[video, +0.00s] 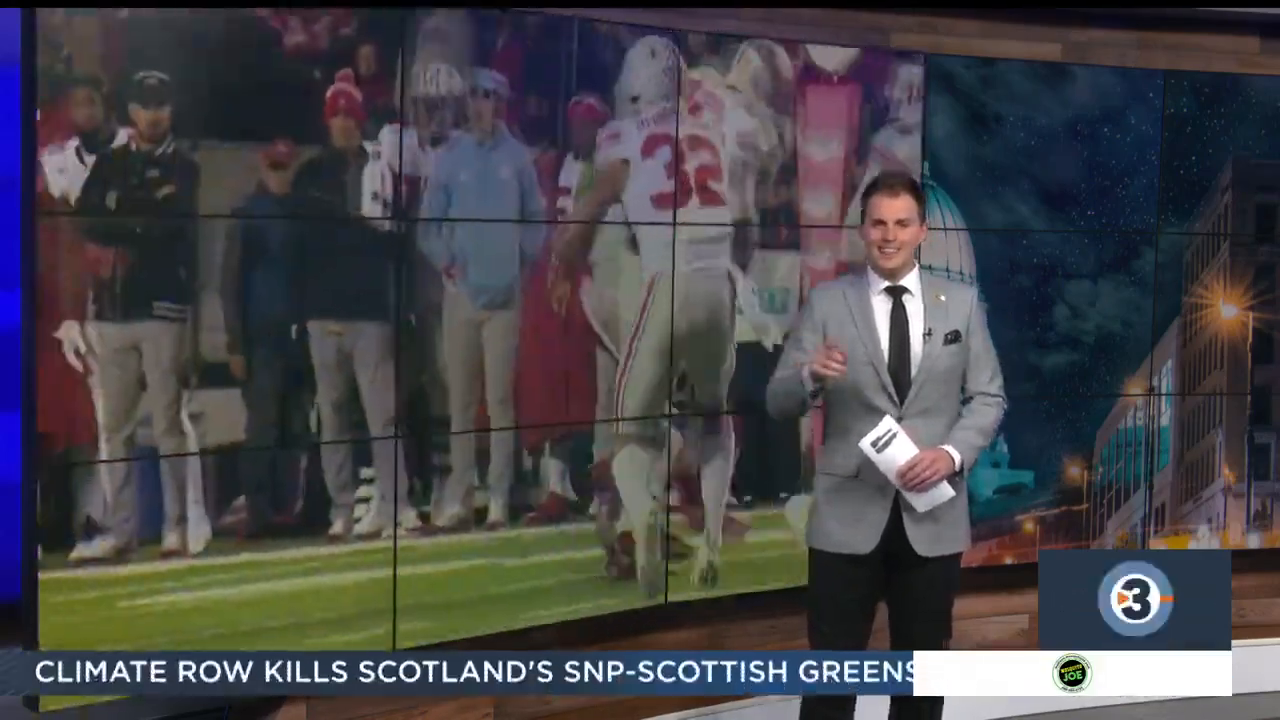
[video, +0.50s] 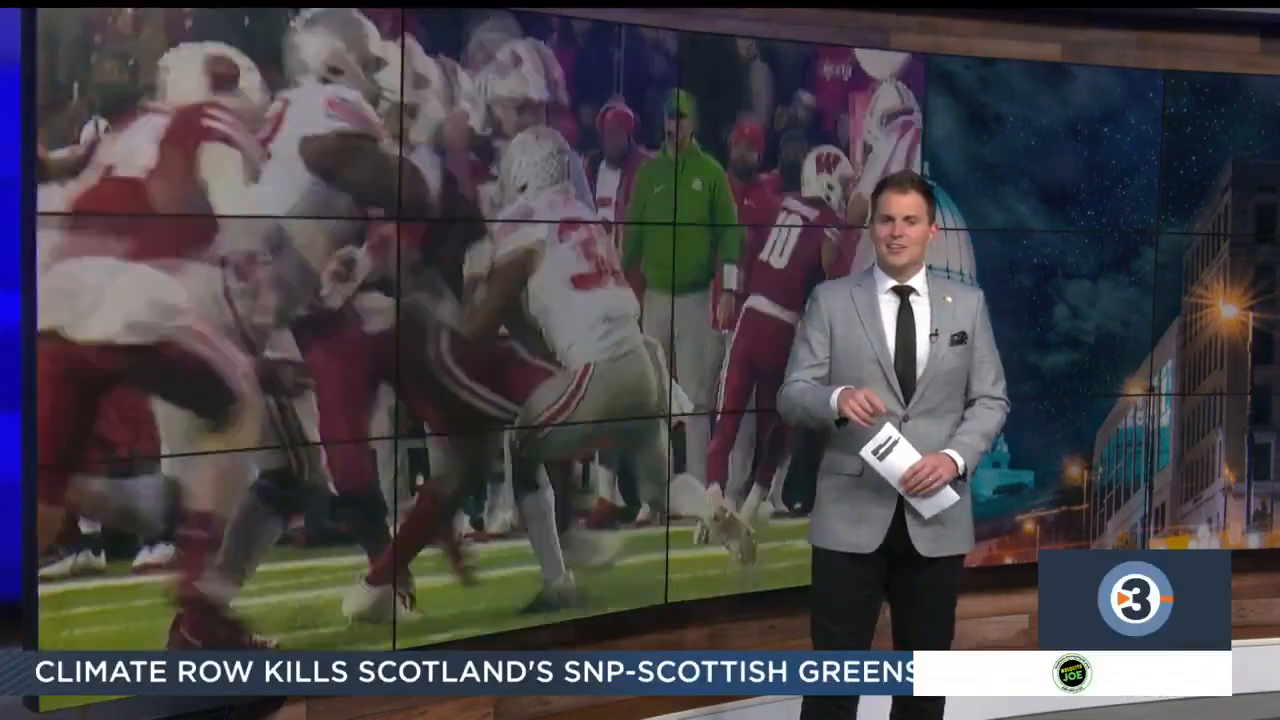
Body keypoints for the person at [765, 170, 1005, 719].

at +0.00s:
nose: (887, 234)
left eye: (901, 223)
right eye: (876, 222)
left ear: (922, 230)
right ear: (862, 230)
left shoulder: (961, 301)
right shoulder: (825, 302)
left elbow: (987, 398)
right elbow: (777, 402)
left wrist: (952, 453)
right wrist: (809, 376)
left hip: (931, 514)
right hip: (846, 512)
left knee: (924, 674)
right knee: (831, 674)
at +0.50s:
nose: (895, 231)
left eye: (909, 220)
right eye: (885, 220)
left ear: (932, 230)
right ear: (871, 228)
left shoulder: (966, 302)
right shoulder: (830, 300)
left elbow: (990, 400)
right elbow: (793, 394)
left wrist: (954, 457)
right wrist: (835, 399)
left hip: (935, 515)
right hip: (849, 513)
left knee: (927, 675)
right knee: (834, 672)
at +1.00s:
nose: (897, 232)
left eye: (911, 220)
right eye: (887, 220)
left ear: (934, 230)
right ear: (874, 229)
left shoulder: (970, 303)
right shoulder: (835, 301)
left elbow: (993, 401)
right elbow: (799, 397)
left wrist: (958, 456)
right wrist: (845, 400)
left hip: (938, 515)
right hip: (853, 512)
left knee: (927, 674)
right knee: (835, 672)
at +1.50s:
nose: (906, 233)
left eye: (919, 221)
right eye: (895, 220)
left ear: (937, 230)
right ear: (877, 228)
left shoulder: (972, 305)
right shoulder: (839, 301)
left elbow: (995, 402)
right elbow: (799, 378)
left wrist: (963, 457)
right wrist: (789, 398)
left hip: (938, 514)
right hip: (852, 512)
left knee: (928, 673)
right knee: (836, 671)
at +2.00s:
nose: (901, 233)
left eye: (914, 220)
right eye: (890, 221)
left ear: (935, 229)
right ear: (875, 230)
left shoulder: (972, 304)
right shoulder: (837, 300)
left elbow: (997, 401)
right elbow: (796, 381)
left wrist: (960, 457)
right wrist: (798, 400)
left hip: (937, 515)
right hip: (853, 513)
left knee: (928, 674)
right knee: (835, 671)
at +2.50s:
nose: (897, 231)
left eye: (911, 220)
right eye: (887, 220)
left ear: (932, 230)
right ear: (873, 229)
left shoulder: (970, 303)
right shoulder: (835, 301)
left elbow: (994, 401)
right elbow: (792, 407)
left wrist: (960, 457)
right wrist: (798, 394)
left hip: (937, 514)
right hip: (852, 512)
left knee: (929, 673)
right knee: (835, 671)